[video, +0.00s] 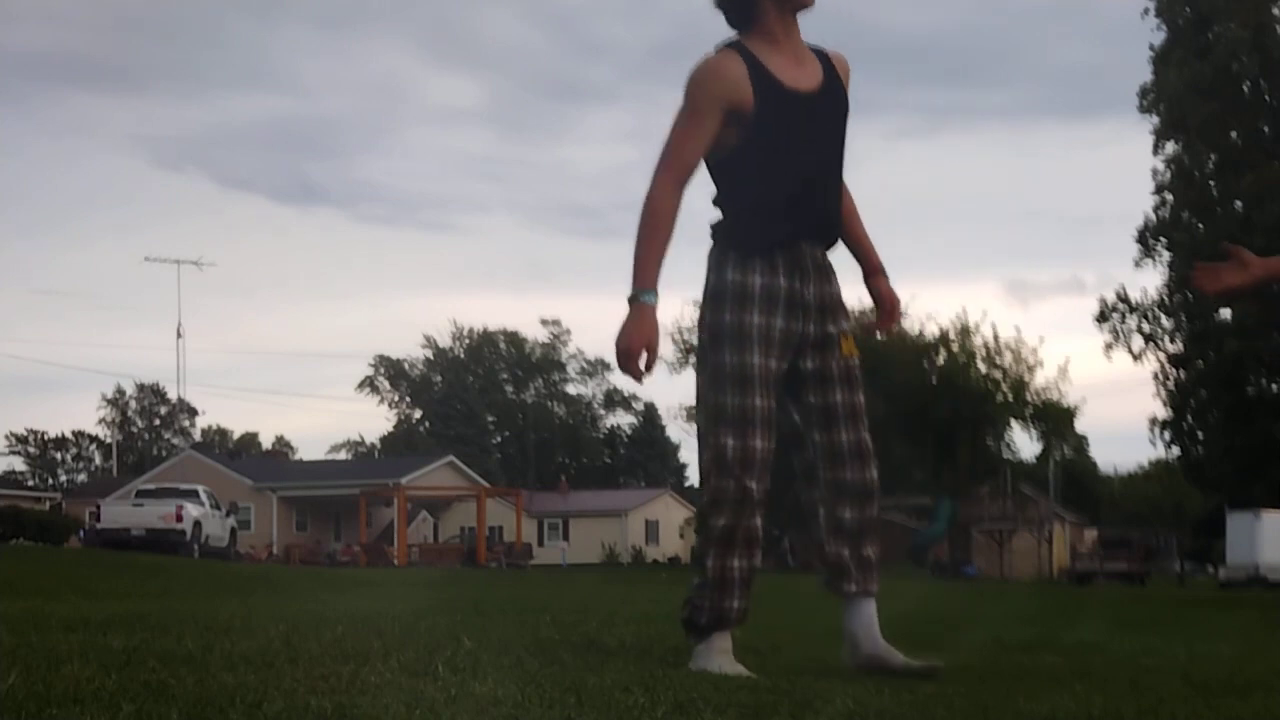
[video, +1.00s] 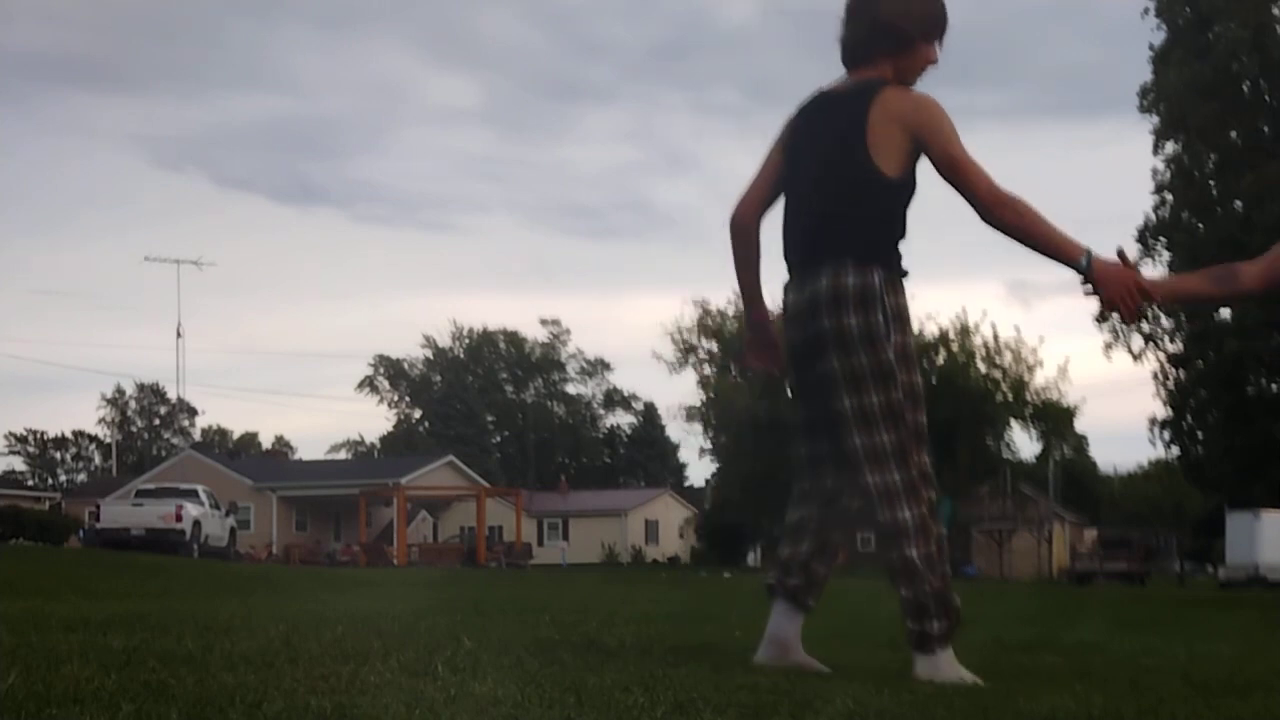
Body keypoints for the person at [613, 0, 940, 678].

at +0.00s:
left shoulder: (833, 66)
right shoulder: (723, 71)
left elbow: (827, 180)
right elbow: (667, 185)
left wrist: (875, 271)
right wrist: (642, 301)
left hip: (818, 276)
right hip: (747, 277)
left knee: (848, 454)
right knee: (741, 459)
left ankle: (863, 633)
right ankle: (714, 643)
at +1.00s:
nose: (933, 59)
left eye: (934, 47)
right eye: (931, 46)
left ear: (858, 45)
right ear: (909, 44)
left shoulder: (808, 114)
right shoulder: (911, 108)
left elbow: (744, 217)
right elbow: (993, 204)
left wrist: (756, 314)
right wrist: (1090, 262)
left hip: (803, 301)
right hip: (863, 295)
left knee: (825, 469)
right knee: (902, 468)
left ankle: (782, 633)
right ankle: (932, 651)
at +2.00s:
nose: (1010, 65)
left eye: (1010, 54)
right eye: (1003, 52)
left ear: (954, 57)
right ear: (969, 55)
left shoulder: (934, 124)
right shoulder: (942, 123)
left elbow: (892, 217)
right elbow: (894, 206)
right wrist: (866, 303)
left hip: (905, 307)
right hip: (915, 309)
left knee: (912, 471)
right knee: (943, 468)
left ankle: (885, 634)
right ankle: (937, 649)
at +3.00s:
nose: (998, 69)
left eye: (1000, 58)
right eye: (992, 55)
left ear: (962, 56)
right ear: (960, 50)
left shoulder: (935, 135)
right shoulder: (905, 110)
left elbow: (914, 245)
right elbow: (853, 203)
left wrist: (939, 326)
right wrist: (893, 287)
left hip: (912, 316)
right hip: (884, 310)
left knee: (909, 475)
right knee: (886, 472)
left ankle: (880, 634)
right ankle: (857, 643)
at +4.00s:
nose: (1215, 287)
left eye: (1215, 272)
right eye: (1206, 270)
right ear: (1165, 267)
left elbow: (1111, 508)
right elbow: (1077, 423)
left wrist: (1112, 626)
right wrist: (1196, 504)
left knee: (1020, 658)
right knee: (1058, 461)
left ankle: (932, 646)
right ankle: (1050, 664)